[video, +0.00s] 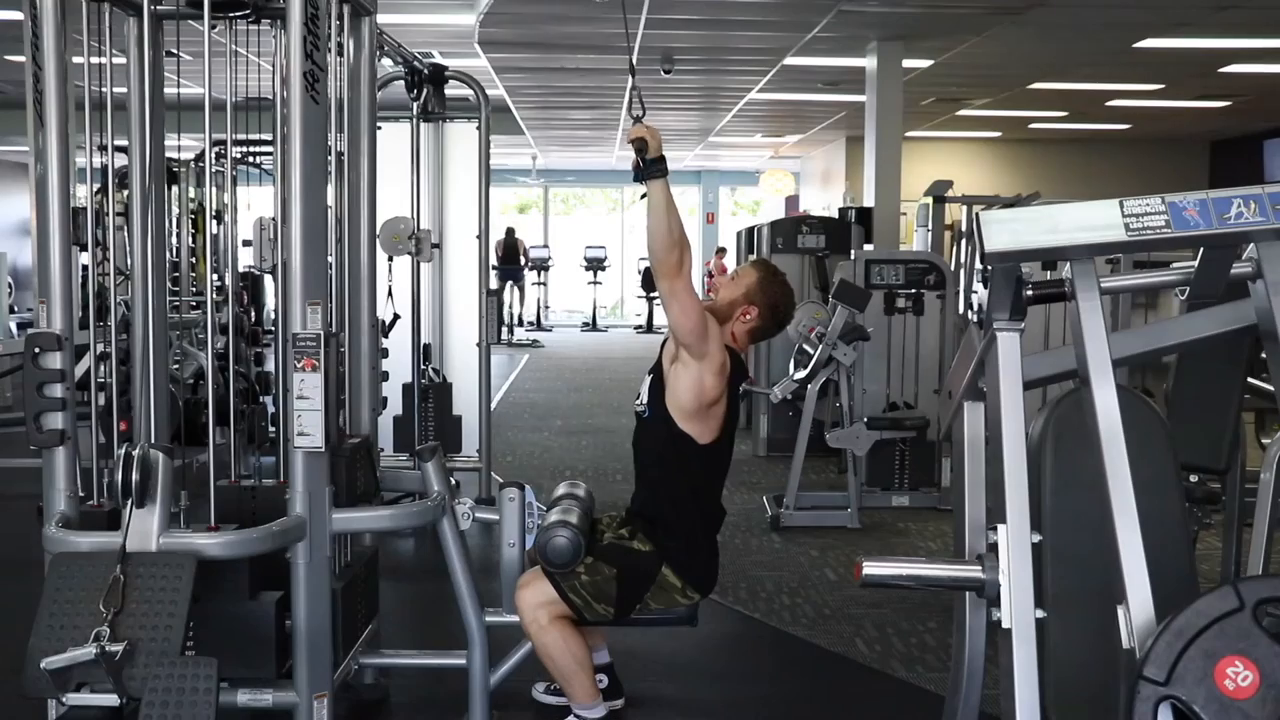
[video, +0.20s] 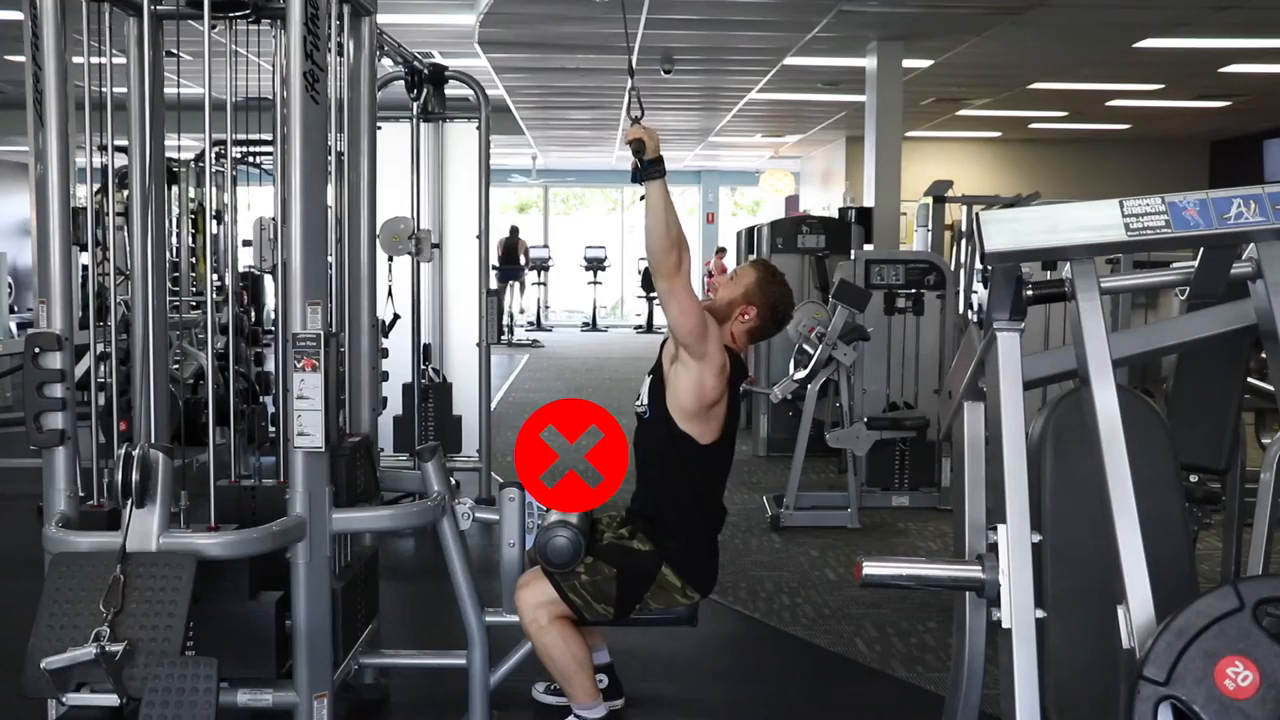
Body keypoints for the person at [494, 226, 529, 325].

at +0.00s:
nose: (510, 235)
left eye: (509, 233)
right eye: (511, 233)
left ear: (505, 234)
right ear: (514, 234)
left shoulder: (499, 243)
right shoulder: (520, 242)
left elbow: (497, 258)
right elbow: (527, 259)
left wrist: (501, 266)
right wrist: (523, 267)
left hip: (503, 271)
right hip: (517, 270)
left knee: (500, 292)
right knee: (521, 291)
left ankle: (500, 315)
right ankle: (520, 314)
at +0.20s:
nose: (514, 235)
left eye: (513, 232)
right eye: (515, 233)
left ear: (509, 232)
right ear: (518, 233)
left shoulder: (501, 242)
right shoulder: (522, 243)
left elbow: (499, 257)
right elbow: (527, 260)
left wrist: (502, 265)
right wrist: (524, 267)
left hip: (504, 270)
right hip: (517, 270)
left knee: (501, 292)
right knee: (522, 282)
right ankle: (521, 303)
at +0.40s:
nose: (514, 235)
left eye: (513, 232)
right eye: (515, 232)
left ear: (509, 233)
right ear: (518, 233)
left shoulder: (502, 242)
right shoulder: (524, 243)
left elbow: (499, 257)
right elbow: (528, 259)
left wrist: (502, 265)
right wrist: (527, 267)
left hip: (504, 270)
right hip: (518, 270)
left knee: (497, 291)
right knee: (520, 291)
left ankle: (497, 314)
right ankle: (522, 314)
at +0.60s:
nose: (513, 235)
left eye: (511, 232)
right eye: (514, 233)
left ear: (508, 233)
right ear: (517, 233)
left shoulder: (500, 242)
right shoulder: (522, 243)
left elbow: (498, 258)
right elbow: (527, 259)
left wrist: (502, 265)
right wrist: (526, 266)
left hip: (504, 270)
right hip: (517, 271)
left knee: (498, 279)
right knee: (520, 300)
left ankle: (500, 303)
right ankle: (521, 326)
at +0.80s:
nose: (515, 235)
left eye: (513, 232)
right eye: (515, 233)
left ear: (508, 233)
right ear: (518, 233)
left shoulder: (500, 242)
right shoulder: (522, 243)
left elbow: (498, 257)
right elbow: (527, 260)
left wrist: (502, 265)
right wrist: (524, 267)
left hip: (503, 270)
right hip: (517, 270)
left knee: (500, 292)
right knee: (522, 290)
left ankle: (500, 316)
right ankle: (520, 314)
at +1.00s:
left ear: (510, 233)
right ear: (520, 234)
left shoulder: (503, 241)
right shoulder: (524, 243)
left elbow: (500, 256)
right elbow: (528, 259)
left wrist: (503, 265)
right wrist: (526, 267)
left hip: (504, 270)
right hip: (517, 270)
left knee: (501, 291)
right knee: (522, 280)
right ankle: (521, 303)